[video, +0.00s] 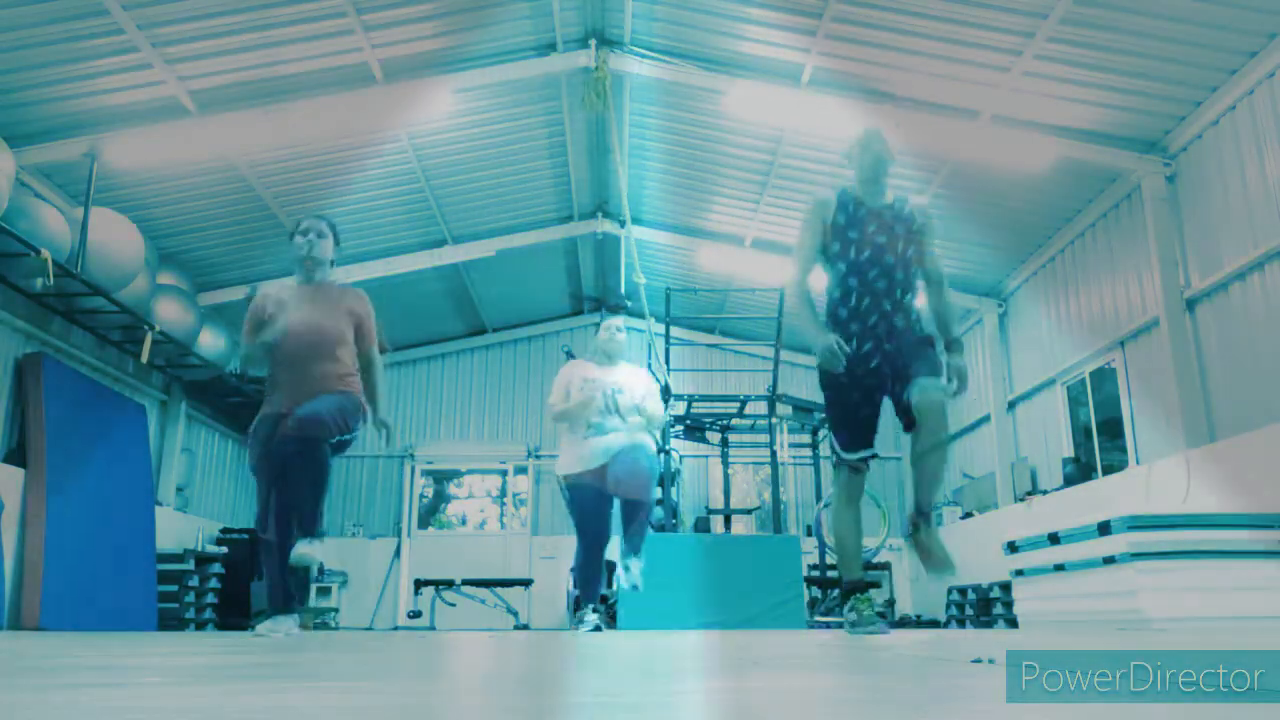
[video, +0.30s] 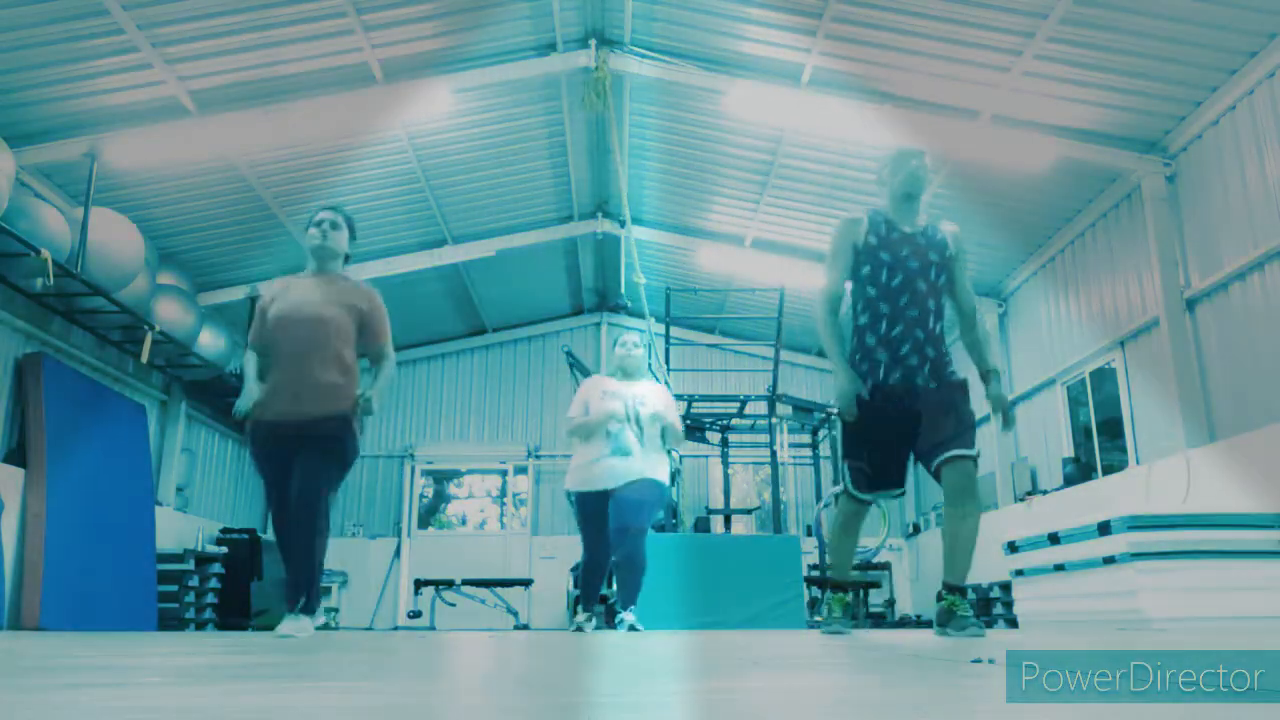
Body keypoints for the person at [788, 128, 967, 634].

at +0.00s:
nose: (875, 161)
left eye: (881, 154)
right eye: (867, 153)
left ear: (890, 163)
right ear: (851, 161)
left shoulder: (912, 219)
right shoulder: (828, 210)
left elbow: (936, 286)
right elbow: (797, 281)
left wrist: (953, 348)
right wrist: (816, 334)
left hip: (904, 338)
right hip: (846, 342)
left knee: (932, 404)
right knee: (851, 474)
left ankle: (922, 524)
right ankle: (857, 599)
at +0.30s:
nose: (914, 173)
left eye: (921, 167)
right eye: (904, 165)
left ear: (929, 180)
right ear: (884, 177)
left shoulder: (945, 239)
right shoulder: (855, 229)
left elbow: (969, 318)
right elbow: (828, 305)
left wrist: (992, 380)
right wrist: (841, 370)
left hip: (938, 385)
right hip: (874, 385)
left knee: (962, 478)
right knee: (857, 498)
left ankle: (953, 602)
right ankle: (837, 598)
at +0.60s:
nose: (907, 158)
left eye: (913, 151)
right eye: (900, 151)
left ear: (924, 156)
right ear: (887, 156)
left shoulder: (951, 210)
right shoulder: (860, 207)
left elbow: (984, 267)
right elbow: (831, 283)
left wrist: (999, 310)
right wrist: (817, 351)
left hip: (939, 335)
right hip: (877, 326)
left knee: (941, 466)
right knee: (922, 342)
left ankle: (937, 593)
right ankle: (875, 427)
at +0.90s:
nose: (910, 142)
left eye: (916, 133)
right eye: (902, 134)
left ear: (928, 144)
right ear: (887, 146)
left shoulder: (955, 207)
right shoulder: (865, 204)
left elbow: (986, 276)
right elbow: (837, 287)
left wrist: (1015, 332)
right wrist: (834, 357)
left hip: (965, 349)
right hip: (902, 351)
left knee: (973, 472)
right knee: (913, 468)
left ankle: (974, 593)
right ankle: (922, 598)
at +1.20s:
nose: (923, 116)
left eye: (929, 109)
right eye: (915, 108)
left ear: (940, 119)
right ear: (900, 117)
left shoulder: (967, 180)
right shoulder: (882, 178)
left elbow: (997, 253)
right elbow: (862, 257)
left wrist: (1025, 314)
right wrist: (881, 314)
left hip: (989, 321)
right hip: (929, 325)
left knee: (1033, 412)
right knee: (938, 459)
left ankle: (976, 476)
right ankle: (948, 587)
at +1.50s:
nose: (972, 136)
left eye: (980, 128)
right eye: (966, 127)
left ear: (988, 137)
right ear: (953, 134)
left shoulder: (1012, 202)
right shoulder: (925, 197)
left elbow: (1038, 269)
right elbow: (903, 266)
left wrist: (1061, 328)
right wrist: (927, 327)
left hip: (1010, 334)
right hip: (953, 340)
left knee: (1067, 376)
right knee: (958, 467)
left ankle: (1044, 497)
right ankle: (958, 595)